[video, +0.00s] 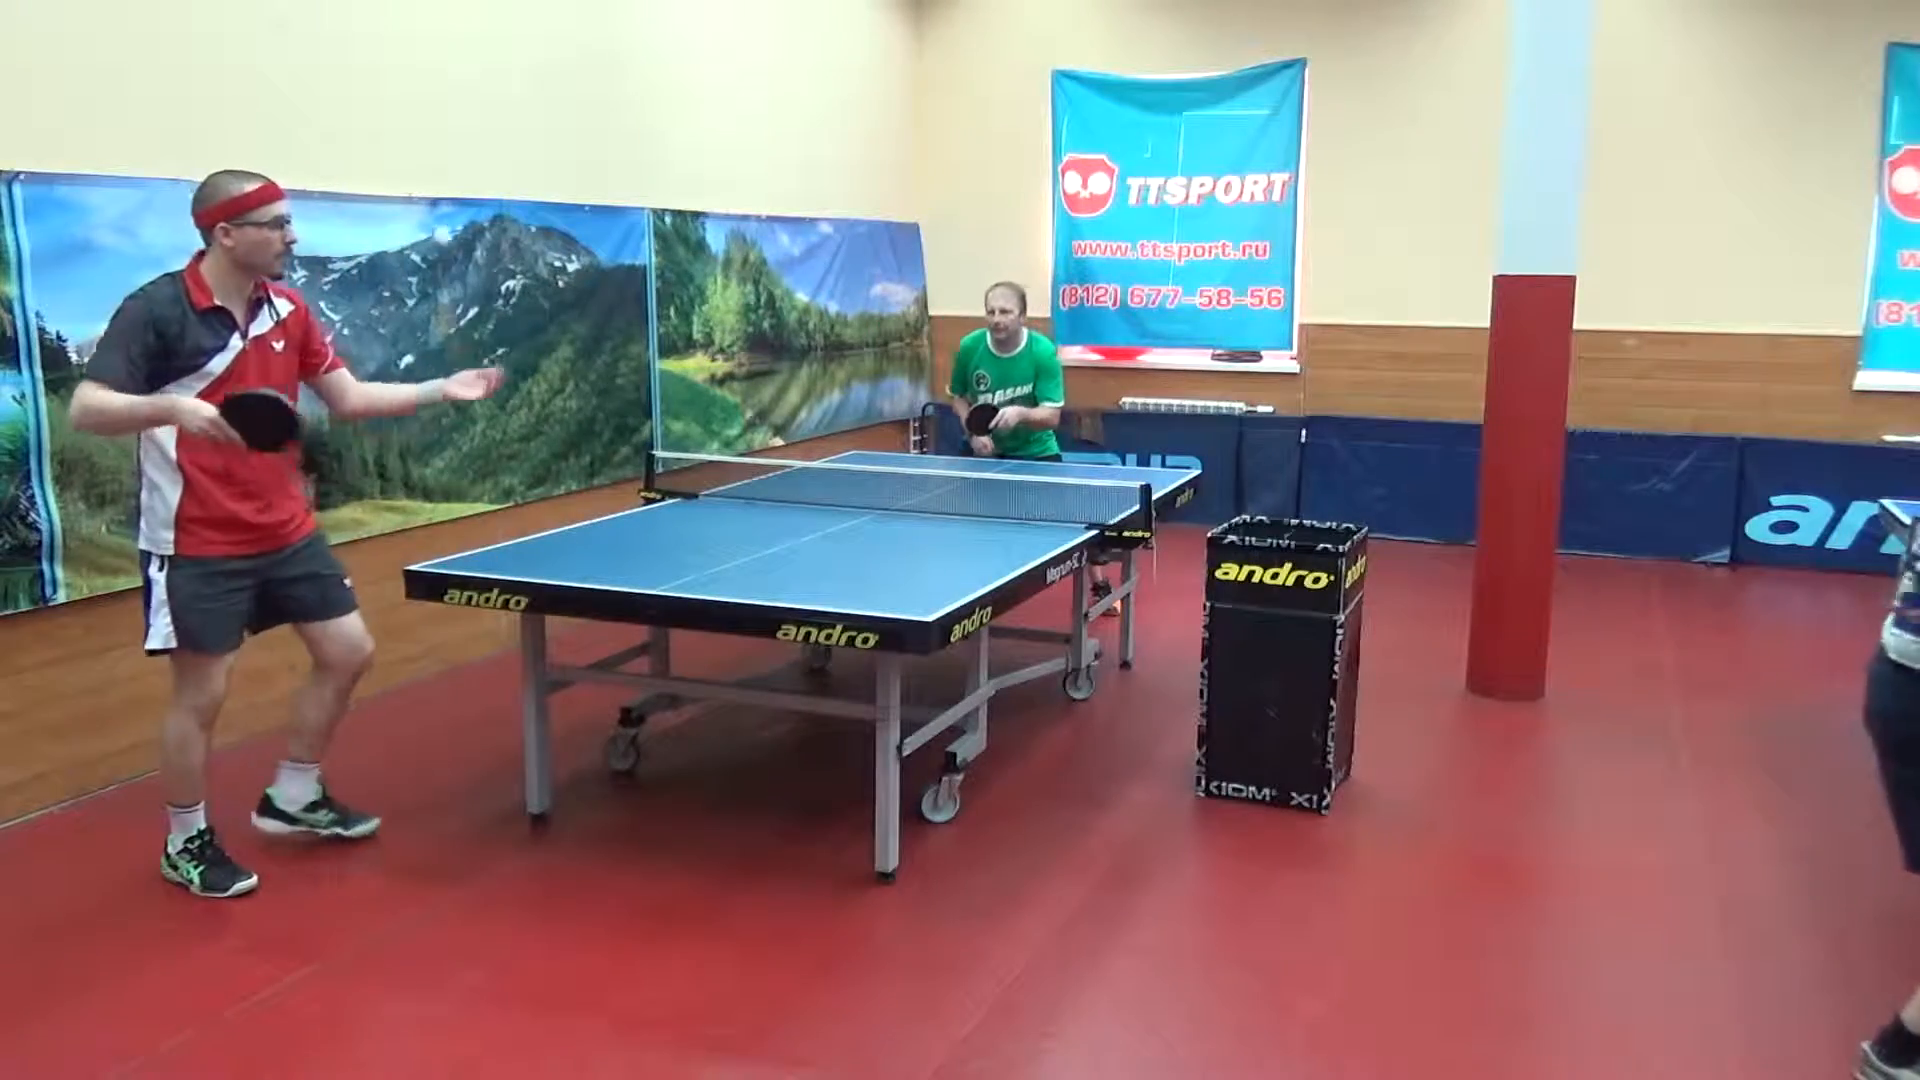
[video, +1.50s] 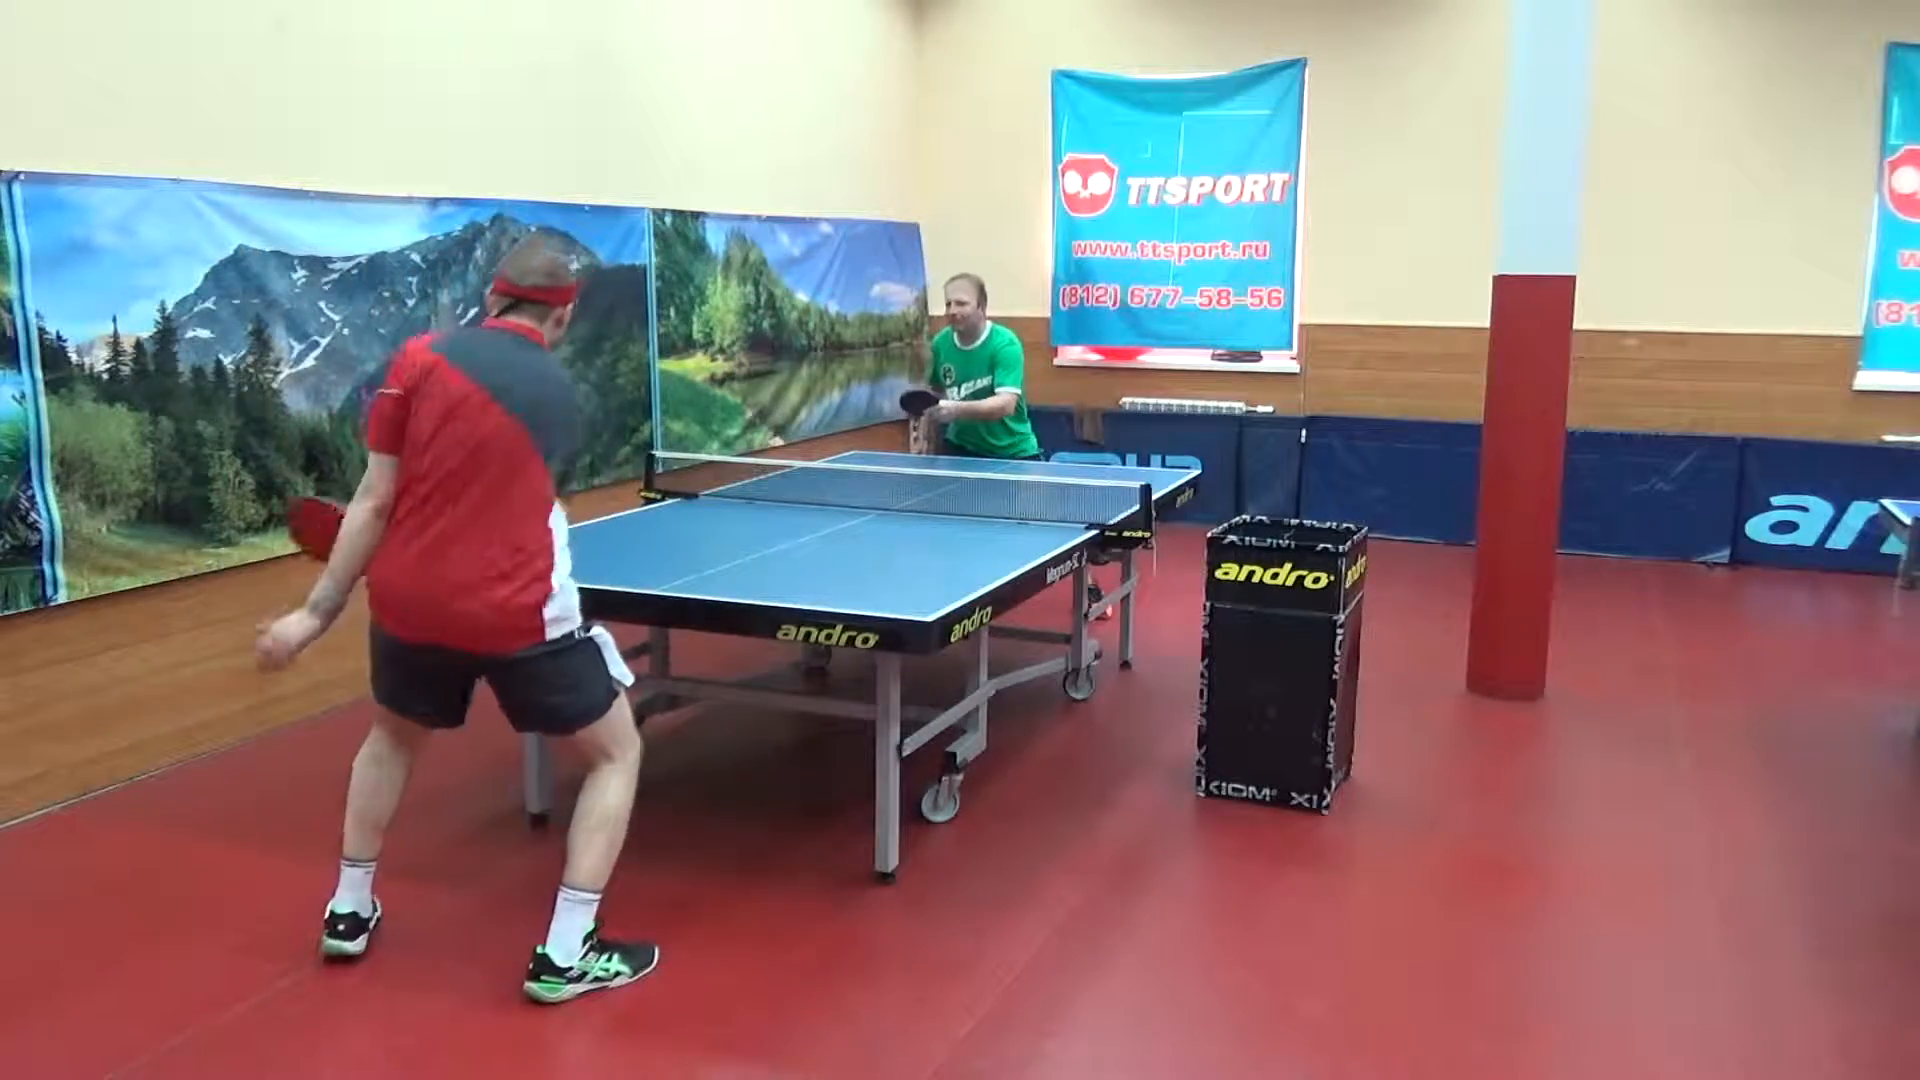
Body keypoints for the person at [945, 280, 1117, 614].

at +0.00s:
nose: (998, 319)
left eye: (1006, 312)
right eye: (992, 312)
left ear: (1023, 316)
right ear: (985, 314)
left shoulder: (1043, 351)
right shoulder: (969, 348)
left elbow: (1051, 416)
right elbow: (958, 396)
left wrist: (1020, 414)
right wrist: (973, 431)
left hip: (1038, 452)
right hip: (991, 454)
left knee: (1075, 512)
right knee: (981, 521)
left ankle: (1100, 585)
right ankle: (973, 597)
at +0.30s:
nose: (989, 320)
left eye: (997, 313)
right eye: (983, 312)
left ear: (1014, 315)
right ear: (976, 314)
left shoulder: (1036, 350)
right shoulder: (959, 349)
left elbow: (1045, 413)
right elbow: (946, 394)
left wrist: (1014, 414)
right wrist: (956, 430)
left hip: (1035, 452)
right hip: (984, 453)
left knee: (1070, 513)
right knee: (970, 520)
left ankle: (1099, 584)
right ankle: (966, 596)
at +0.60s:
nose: (998, 314)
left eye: (1006, 307)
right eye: (992, 308)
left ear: (1022, 310)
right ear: (984, 309)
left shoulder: (1042, 346)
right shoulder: (966, 344)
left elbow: (1055, 407)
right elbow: (953, 391)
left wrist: (1021, 411)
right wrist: (962, 429)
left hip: (1037, 450)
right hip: (987, 450)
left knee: (1070, 513)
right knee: (974, 519)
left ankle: (1100, 584)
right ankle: (969, 594)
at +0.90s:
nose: (972, 340)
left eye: (980, 333)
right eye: (966, 332)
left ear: (999, 330)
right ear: (961, 330)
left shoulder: (1024, 360)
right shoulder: (951, 359)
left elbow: (1050, 421)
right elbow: (933, 405)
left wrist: (1003, 434)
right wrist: (929, 441)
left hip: (1024, 461)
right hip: (970, 463)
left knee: (1064, 512)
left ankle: (1097, 583)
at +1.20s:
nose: (942, 338)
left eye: (950, 330)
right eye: (938, 330)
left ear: (970, 329)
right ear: (933, 328)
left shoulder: (992, 362)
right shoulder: (934, 356)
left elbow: (989, 421)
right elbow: (927, 403)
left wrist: (954, 418)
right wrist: (920, 438)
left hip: (1010, 457)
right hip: (963, 458)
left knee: (1052, 515)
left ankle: (1096, 583)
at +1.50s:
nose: (952, 311)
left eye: (961, 304)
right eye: (948, 304)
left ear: (982, 307)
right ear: (945, 307)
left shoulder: (1005, 344)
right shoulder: (940, 345)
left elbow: (1005, 405)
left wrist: (954, 409)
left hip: (1015, 454)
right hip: (963, 454)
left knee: (1050, 518)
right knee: (956, 525)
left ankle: (1088, 587)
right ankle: (962, 600)